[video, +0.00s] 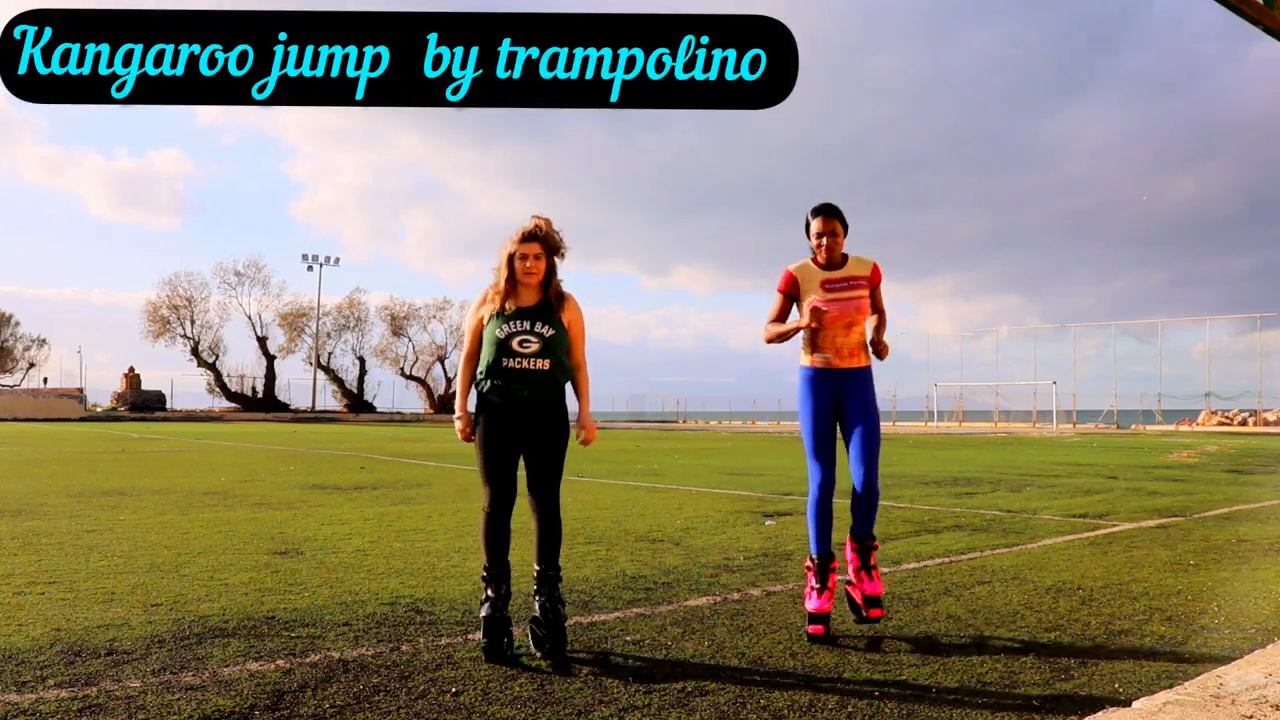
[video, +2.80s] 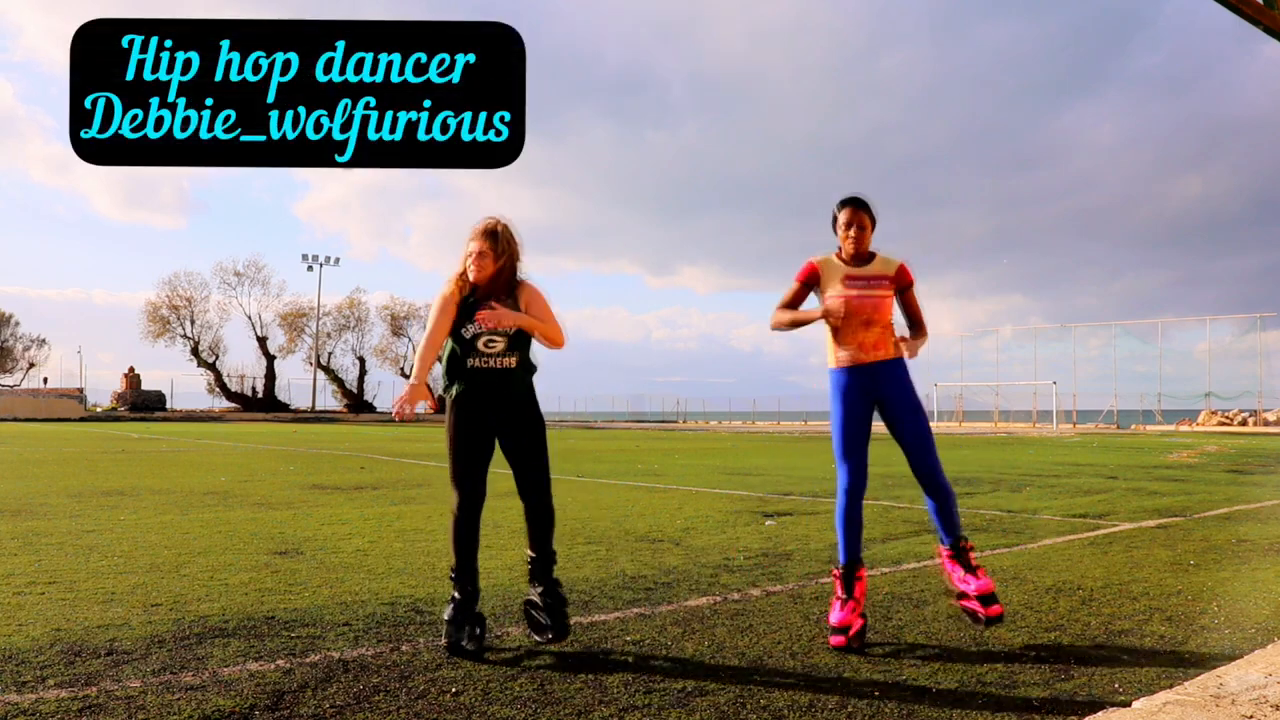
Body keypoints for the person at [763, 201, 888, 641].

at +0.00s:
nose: (826, 243)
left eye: (833, 235)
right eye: (819, 237)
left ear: (845, 235)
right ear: (809, 239)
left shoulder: (867, 270)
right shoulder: (797, 276)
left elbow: (879, 314)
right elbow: (770, 333)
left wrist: (877, 336)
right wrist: (798, 323)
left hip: (859, 380)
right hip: (816, 382)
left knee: (866, 482)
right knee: (821, 481)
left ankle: (862, 557)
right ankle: (820, 571)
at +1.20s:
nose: (863, 231)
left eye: (870, 224)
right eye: (857, 225)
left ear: (887, 226)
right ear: (850, 229)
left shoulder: (908, 272)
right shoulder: (835, 265)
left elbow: (920, 328)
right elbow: (800, 315)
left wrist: (901, 364)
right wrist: (792, 373)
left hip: (878, 379)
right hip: (833, 372)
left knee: (875, 482)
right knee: (803, 468)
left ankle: (871, 577)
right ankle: (777, 566)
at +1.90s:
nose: (867, 223)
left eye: (874, 216)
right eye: (861, 216)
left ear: (888, 221)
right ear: (851, 222)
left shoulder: (910, 255)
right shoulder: (835, 257)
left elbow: (948, 284)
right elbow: (793, 303)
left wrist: (940, 315)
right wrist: (827, 327)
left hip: (880, 370)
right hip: (838, 365)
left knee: (873, 476)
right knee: (815, 462)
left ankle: (865, 570)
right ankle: (785, 553)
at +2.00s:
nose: (857, 210)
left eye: (865, 204)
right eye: (851, 203)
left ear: (876, 210)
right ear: (839, 206)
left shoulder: (895, 245)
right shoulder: (820, 247)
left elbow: (923, 293)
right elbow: (796, 305)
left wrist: (927, 350)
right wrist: (829, 297)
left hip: (880, 354)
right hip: (835, 355)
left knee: (897, 458)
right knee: (833, 459)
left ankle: (906, 554)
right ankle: (829, 560)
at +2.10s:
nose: (852, 222)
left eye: (860, 216)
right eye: (846, 214)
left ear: (870, 220)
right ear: (833, 216)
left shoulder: (888, 260)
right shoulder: (814, 260)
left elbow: (904, 319)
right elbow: (798, 322)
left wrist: (921, 369)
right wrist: (823, 292)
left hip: (880, 365)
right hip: (835, 368)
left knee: (913, 463)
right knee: (841, 471)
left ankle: (946, 552)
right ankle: (848, 574)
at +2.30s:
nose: (839, 250)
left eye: (846, 244)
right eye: (833, 242)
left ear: (855, 249)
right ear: (819, 245)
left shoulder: (872, 284)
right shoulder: (800, 291)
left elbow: (886, 339)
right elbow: (793, 353)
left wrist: (895, 387)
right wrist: (816, 294)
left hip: (882, 388)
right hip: (838, 398)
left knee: (946, 467)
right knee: (849, 496)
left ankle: (1010, 538)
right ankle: (864, 588)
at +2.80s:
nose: (855, 234)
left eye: (862, 227)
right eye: (848, 227)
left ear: (872, 231)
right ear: (836, 231)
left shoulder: (893, 271)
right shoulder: (820, 269)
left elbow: (918, 327)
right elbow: (778, 319)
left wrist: (913, 341)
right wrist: (818, 312)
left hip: (893, 375)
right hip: (847, 380)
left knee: (931, 472)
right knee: (850, 485)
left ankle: (958, 557)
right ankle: (848, 584)